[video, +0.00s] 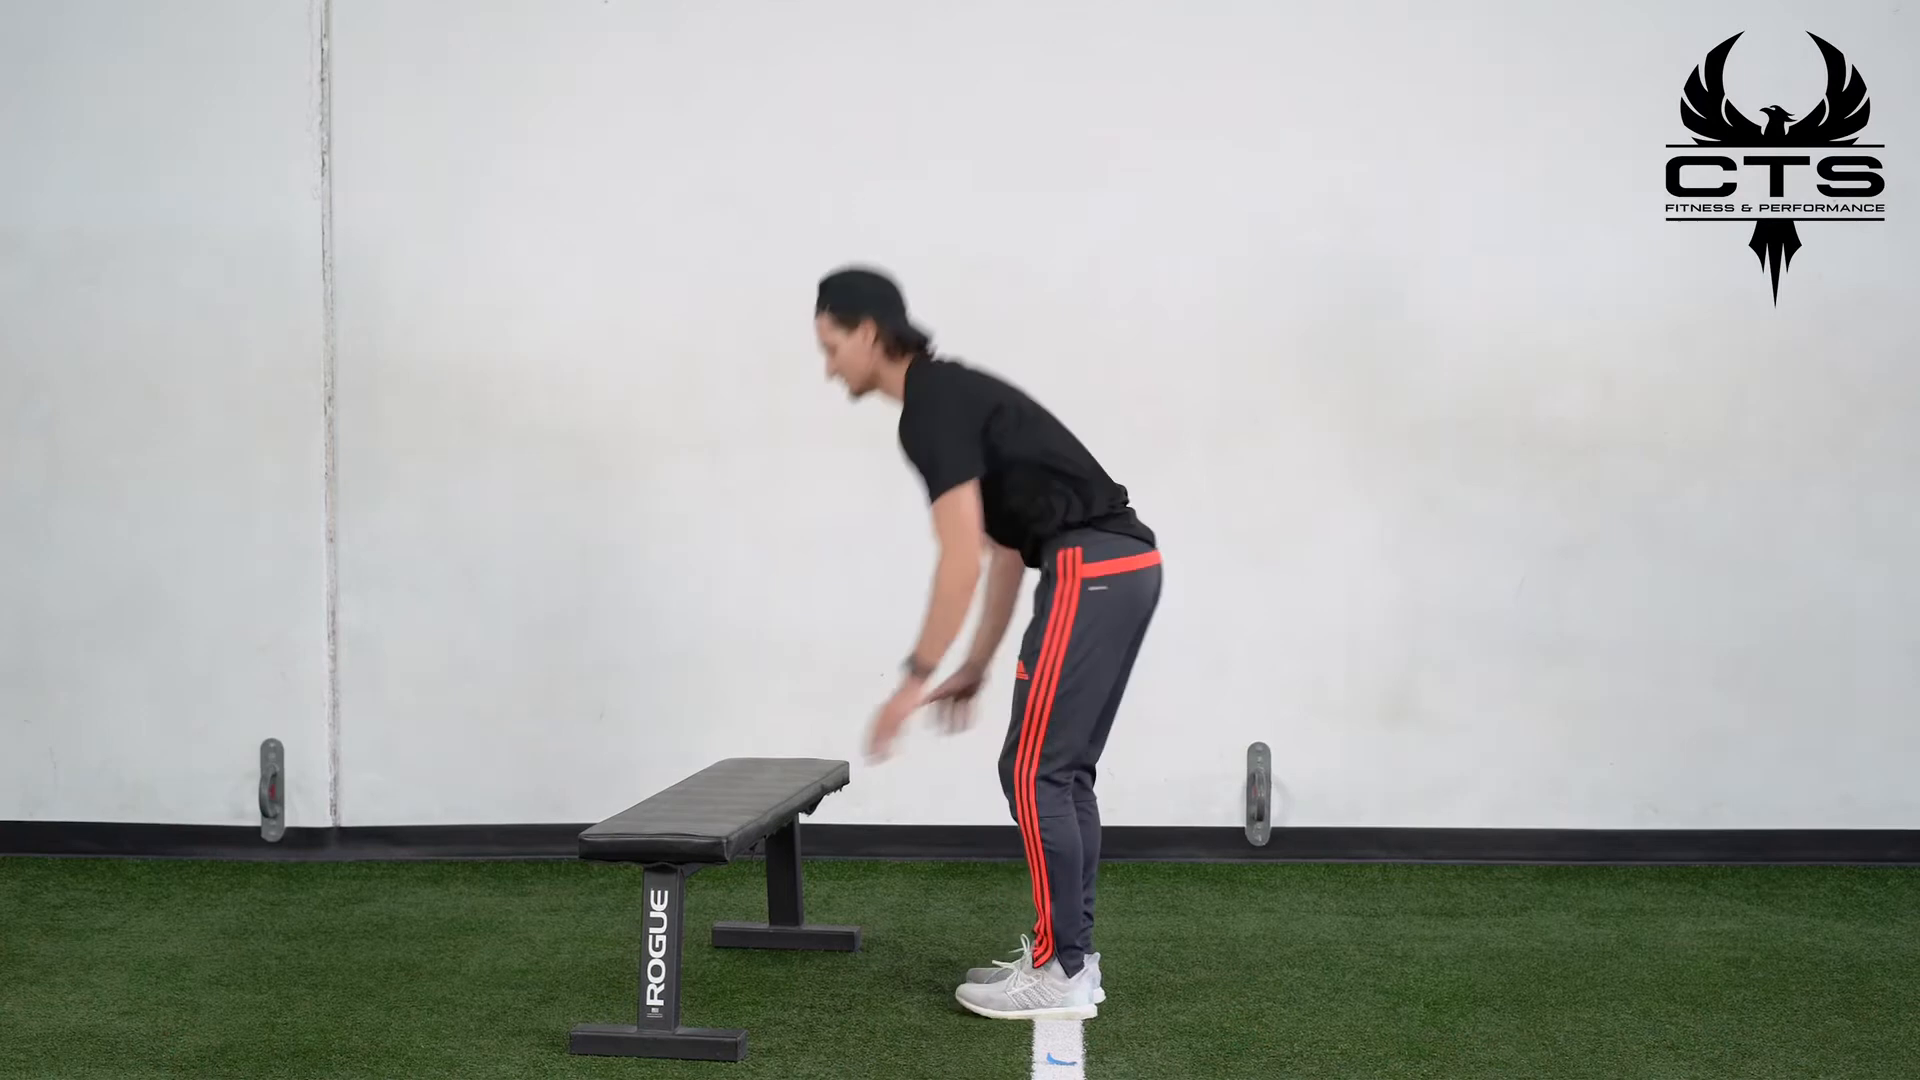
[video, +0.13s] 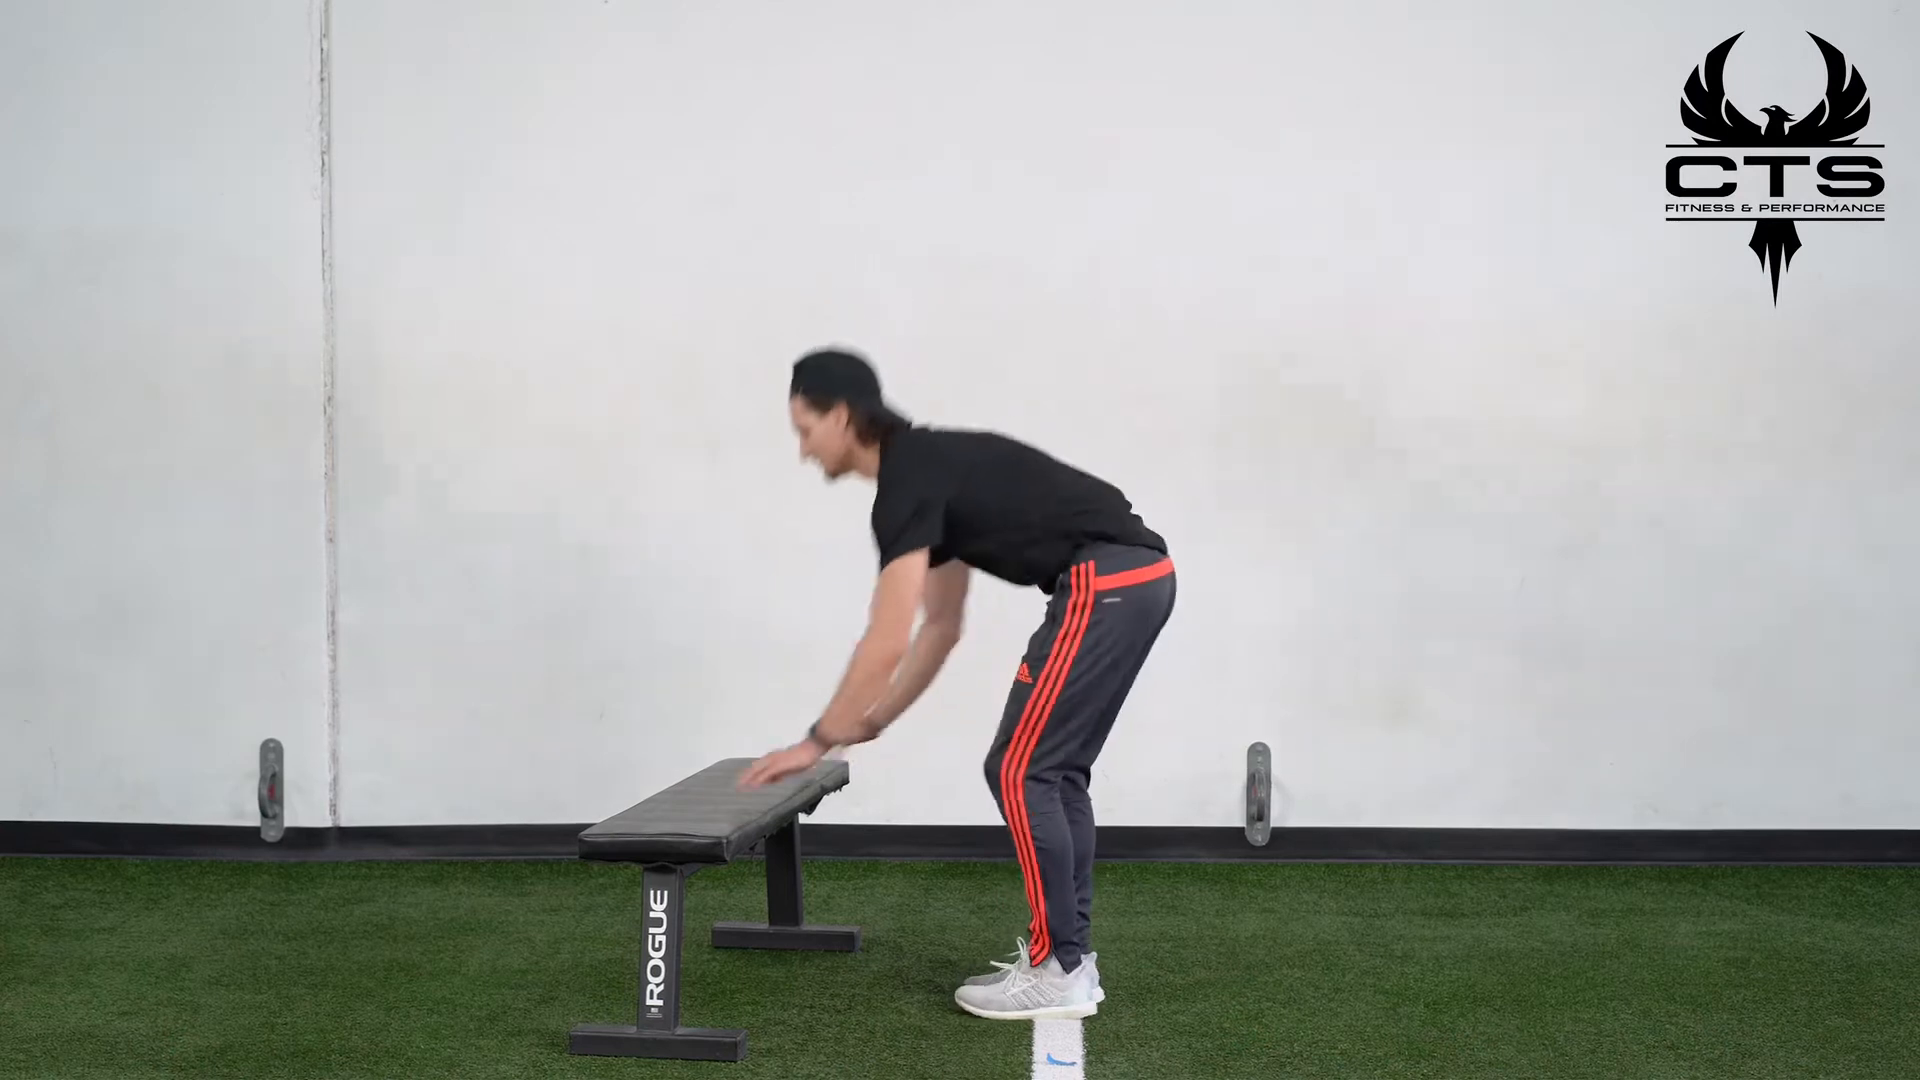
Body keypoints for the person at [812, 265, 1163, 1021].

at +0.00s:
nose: (825, 361)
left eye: (829, 342)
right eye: (822, 344)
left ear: (871, 332)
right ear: (882, 334)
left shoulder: (932, 404)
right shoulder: (960, 392)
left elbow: (964, 553)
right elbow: (1006, 551)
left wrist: (914, 678)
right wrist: (975, 665)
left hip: (1090, 566)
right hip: (1116, 562)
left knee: (1032, 769)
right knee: (1065, 771)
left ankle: (1063, 969)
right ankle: (1068, 958)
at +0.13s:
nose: (801, 446)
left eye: (804, 426)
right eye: (797, 430)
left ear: (846, 414)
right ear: (859, 415)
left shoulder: (907, 479)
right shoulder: (937, 466)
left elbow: (890, 638)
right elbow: (943, 627)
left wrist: (817, 742)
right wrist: (872, 721)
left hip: (1105, 579)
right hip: (1132, 572)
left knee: (1017, 769)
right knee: (1059, 774)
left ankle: (1059, 967)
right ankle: (1068, 958)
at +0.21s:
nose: (787, 490)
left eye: (789, 472)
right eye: (783, 475)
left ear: (830, 458)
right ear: (838, 457)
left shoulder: (894, 514)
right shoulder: (924, 503)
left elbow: (857, 671)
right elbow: (902, 657)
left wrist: (788, 776)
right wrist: (820, 756)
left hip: (1105, 588)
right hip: (1125, 581)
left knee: (1004, 767)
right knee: (1045, 770)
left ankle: (1094, 949)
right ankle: (1062, 951)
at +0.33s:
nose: (757, 528)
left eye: (760, 510)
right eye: (753, 512)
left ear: (800, 495)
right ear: (808, 491)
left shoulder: (870, 536)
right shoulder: (895, 528)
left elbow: (852, 687)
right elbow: (894, 673)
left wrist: (785, 797)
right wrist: (820, 762)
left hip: (1090, 593)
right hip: (1076, 594)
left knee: (1045, 794)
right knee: (1011, 763)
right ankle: (1058, 954)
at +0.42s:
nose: (744, 531)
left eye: (744, 514)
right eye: (739, 518)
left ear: (782, 496)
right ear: (787, 494)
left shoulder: (853, 533)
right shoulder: (883, 527)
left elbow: (835, 687)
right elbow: (890, 672)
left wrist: (779, 797)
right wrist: (822, 762)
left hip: (1076, 595)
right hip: (1061, 601)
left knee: (1103, 807)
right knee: (1001, 764)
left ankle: (1293, 899)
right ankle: (1057, 952)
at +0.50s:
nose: (738, 526)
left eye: (739, 508)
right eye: (734, 511)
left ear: (778, 492)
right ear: (782, 490)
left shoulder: (844, 531)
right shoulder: (872, 527)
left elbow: (828, 678)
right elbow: (885, 670)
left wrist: (778, 792)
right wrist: (825, 762)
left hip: (1070, 598)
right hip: (1052, 607)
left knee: (1148, 797)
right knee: (992, 765)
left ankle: (1328, 920)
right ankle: (1055, 953)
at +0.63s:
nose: (745, 526)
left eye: (745, 508)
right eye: (740, 512)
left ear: (786, 490)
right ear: (790, 489)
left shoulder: (852, 527)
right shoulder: (884, 527)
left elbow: (817, 669)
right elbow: (884, 666)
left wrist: (766, 787)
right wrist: (828, 761)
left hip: (1078, 605)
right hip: (1047, 619)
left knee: (1171, 793)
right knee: (980, 763)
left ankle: (1339, 938)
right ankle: (1052, 947)